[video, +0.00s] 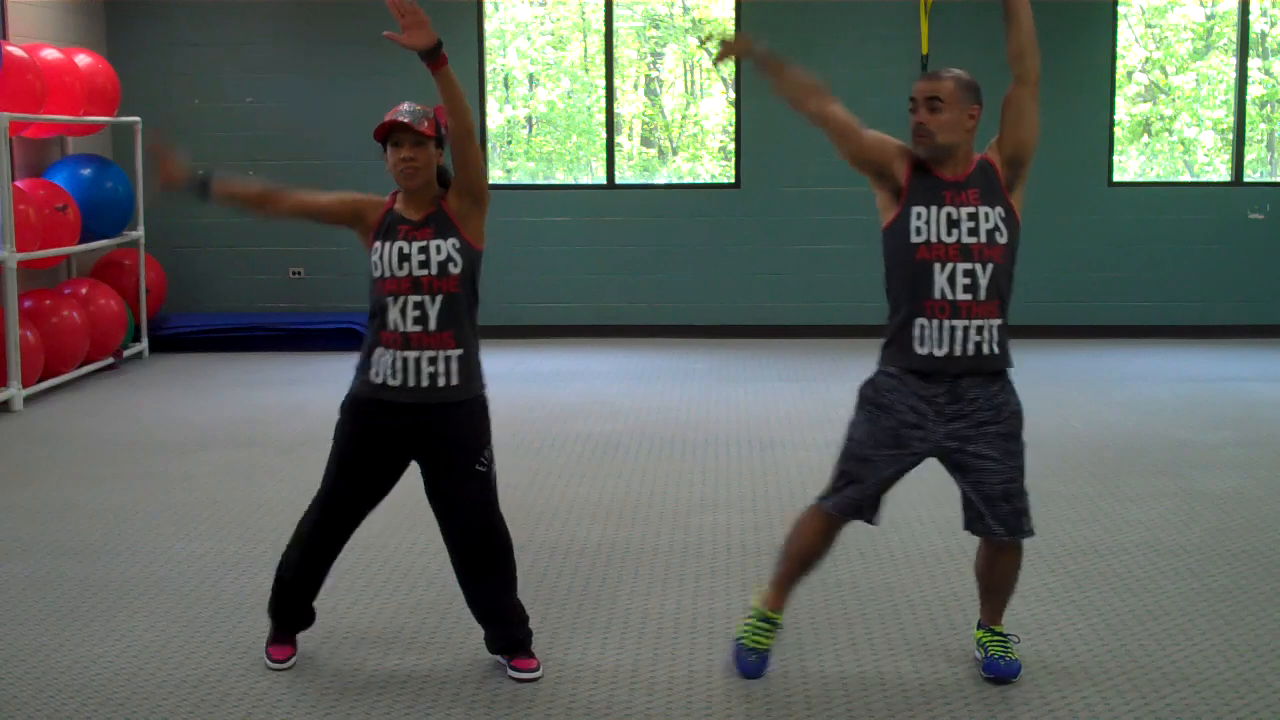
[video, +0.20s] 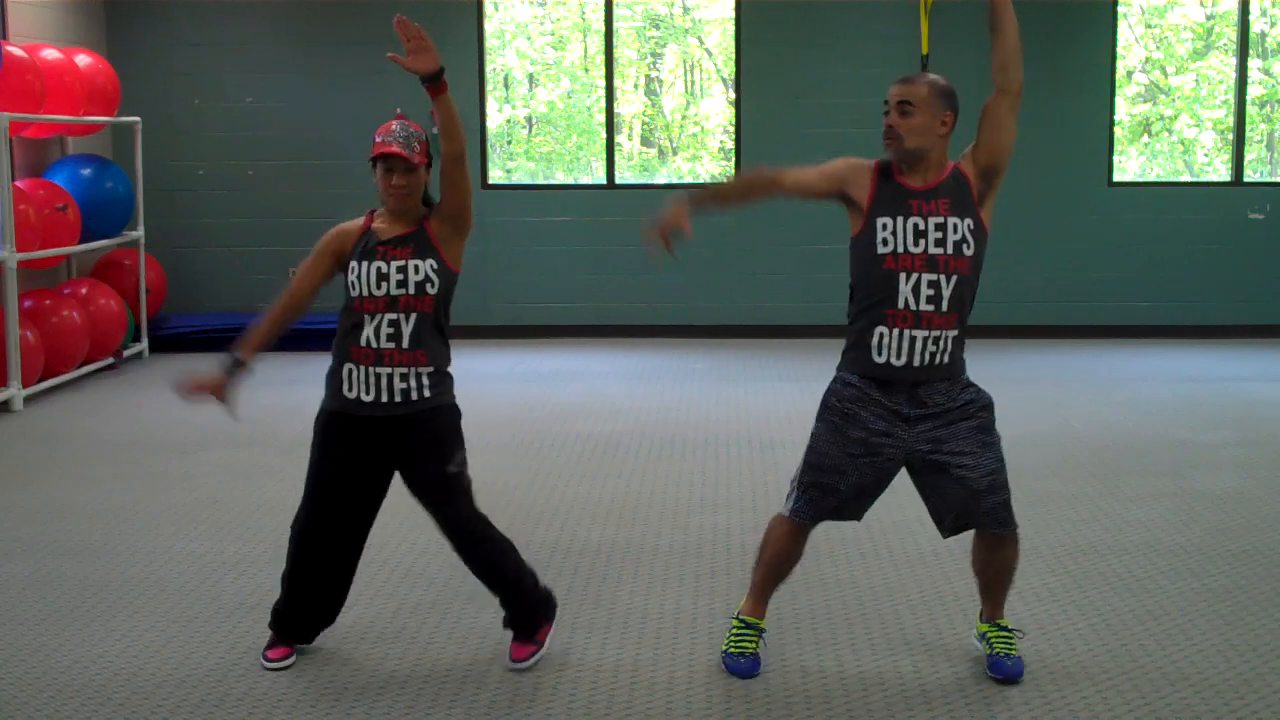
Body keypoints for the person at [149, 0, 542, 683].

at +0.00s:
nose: (405, 154)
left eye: (416, 143)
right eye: (395, 145)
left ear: (440, 152)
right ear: (384, 156)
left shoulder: (464, 212)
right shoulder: (373, 214)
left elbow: (464, 136)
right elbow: (281, 200)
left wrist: (434, 54)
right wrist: (198, 181)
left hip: (453, 408)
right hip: (377, 406)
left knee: (479, 527)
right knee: (330, 517)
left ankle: (512, 641)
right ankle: (284, 624)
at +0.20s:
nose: (394, 177)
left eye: (404, 167)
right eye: (386, 167)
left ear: (426, 174)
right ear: (373, 173)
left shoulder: (444, 232)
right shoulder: (347, 238)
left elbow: (456, 158)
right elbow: (288, 304)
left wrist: (437, 84)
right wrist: (232, 367)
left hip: (424, 414)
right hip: (350, 413)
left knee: (461, 523)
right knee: (318, 525)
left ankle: (532, 610)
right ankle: (291, 627)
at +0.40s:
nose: (417, 179)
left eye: (426, 169)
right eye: (406, 170)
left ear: (447, 173)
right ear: (394, 177)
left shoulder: (471, 230)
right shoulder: (374, 244)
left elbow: (476, 155)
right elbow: (355, 326)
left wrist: (456, 80)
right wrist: (369, 360)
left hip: (460, 415)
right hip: (390, 414)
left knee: (479, 526)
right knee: (344, 524)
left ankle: (539, 620)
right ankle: (295, 628)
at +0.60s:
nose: (453, 145)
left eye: (461, 137)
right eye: (440, 136)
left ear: (478, 154)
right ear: (421, 158)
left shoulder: (501, 209)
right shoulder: (413, 230)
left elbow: (510, 141)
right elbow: (417, 222)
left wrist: (481, 68)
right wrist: (420, 175)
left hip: (516, 390)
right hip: (445, 392)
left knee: (530, 515)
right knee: (397, 500)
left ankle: (542, 622)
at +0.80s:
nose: (466, 149)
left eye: (475, 138)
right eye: (455, 141)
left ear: (493, 151)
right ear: (443, 158)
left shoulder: (516, 207)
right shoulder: (434, 224)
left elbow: (526, 135)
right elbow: (417, 169)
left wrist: (492, 70)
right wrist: (441, 90)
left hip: (546, 384)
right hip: (476, 393)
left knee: (560, 504)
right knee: (468, 513)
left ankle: (560, 616)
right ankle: (489, 620)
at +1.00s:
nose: (484, 168)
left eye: (491, 158)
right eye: (474, 159)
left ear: (506, 165)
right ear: (459, 169)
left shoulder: (528, 219)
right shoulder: (445, 229)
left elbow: (553, 155)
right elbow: (426, 160)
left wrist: (532, 90)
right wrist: (459, 81)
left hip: (558, 394)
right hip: (492, 408)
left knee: (583, 510)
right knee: (503, 523)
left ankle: (573, 619)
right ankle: (494, 624)